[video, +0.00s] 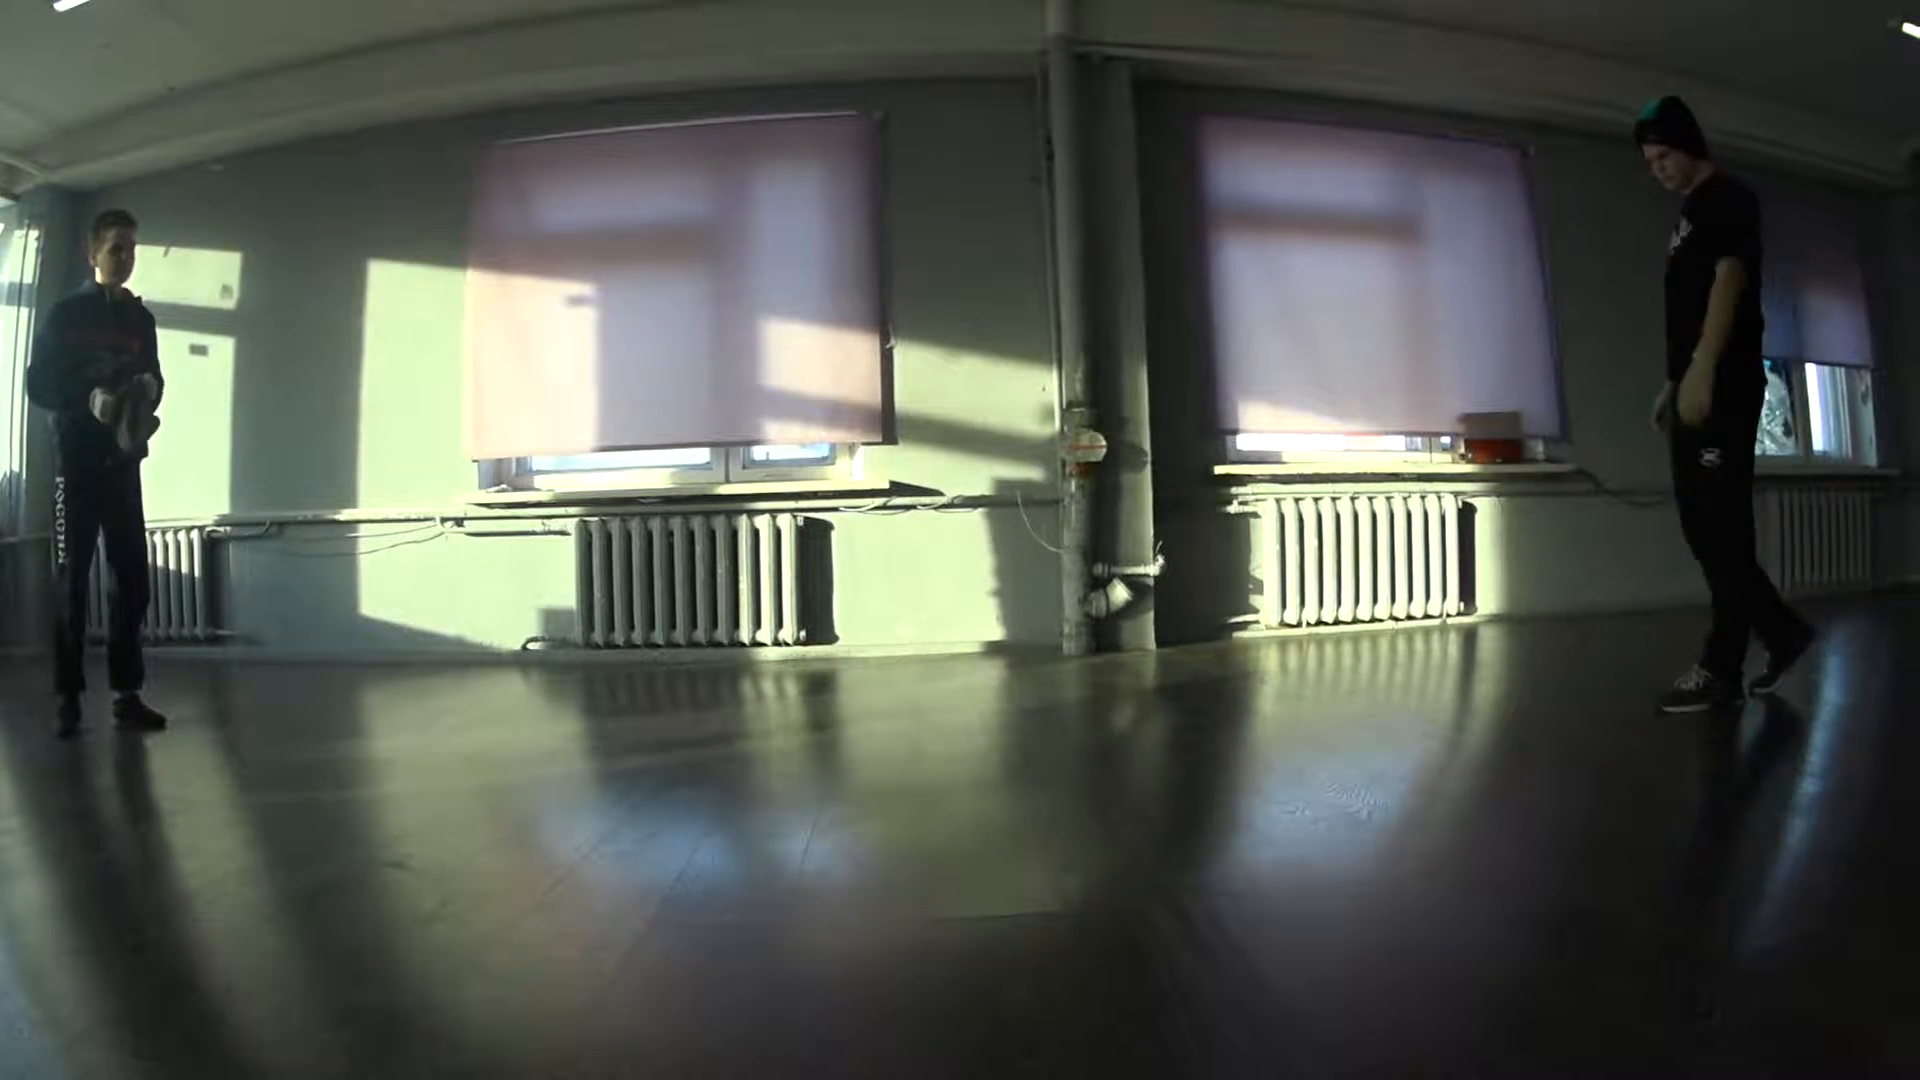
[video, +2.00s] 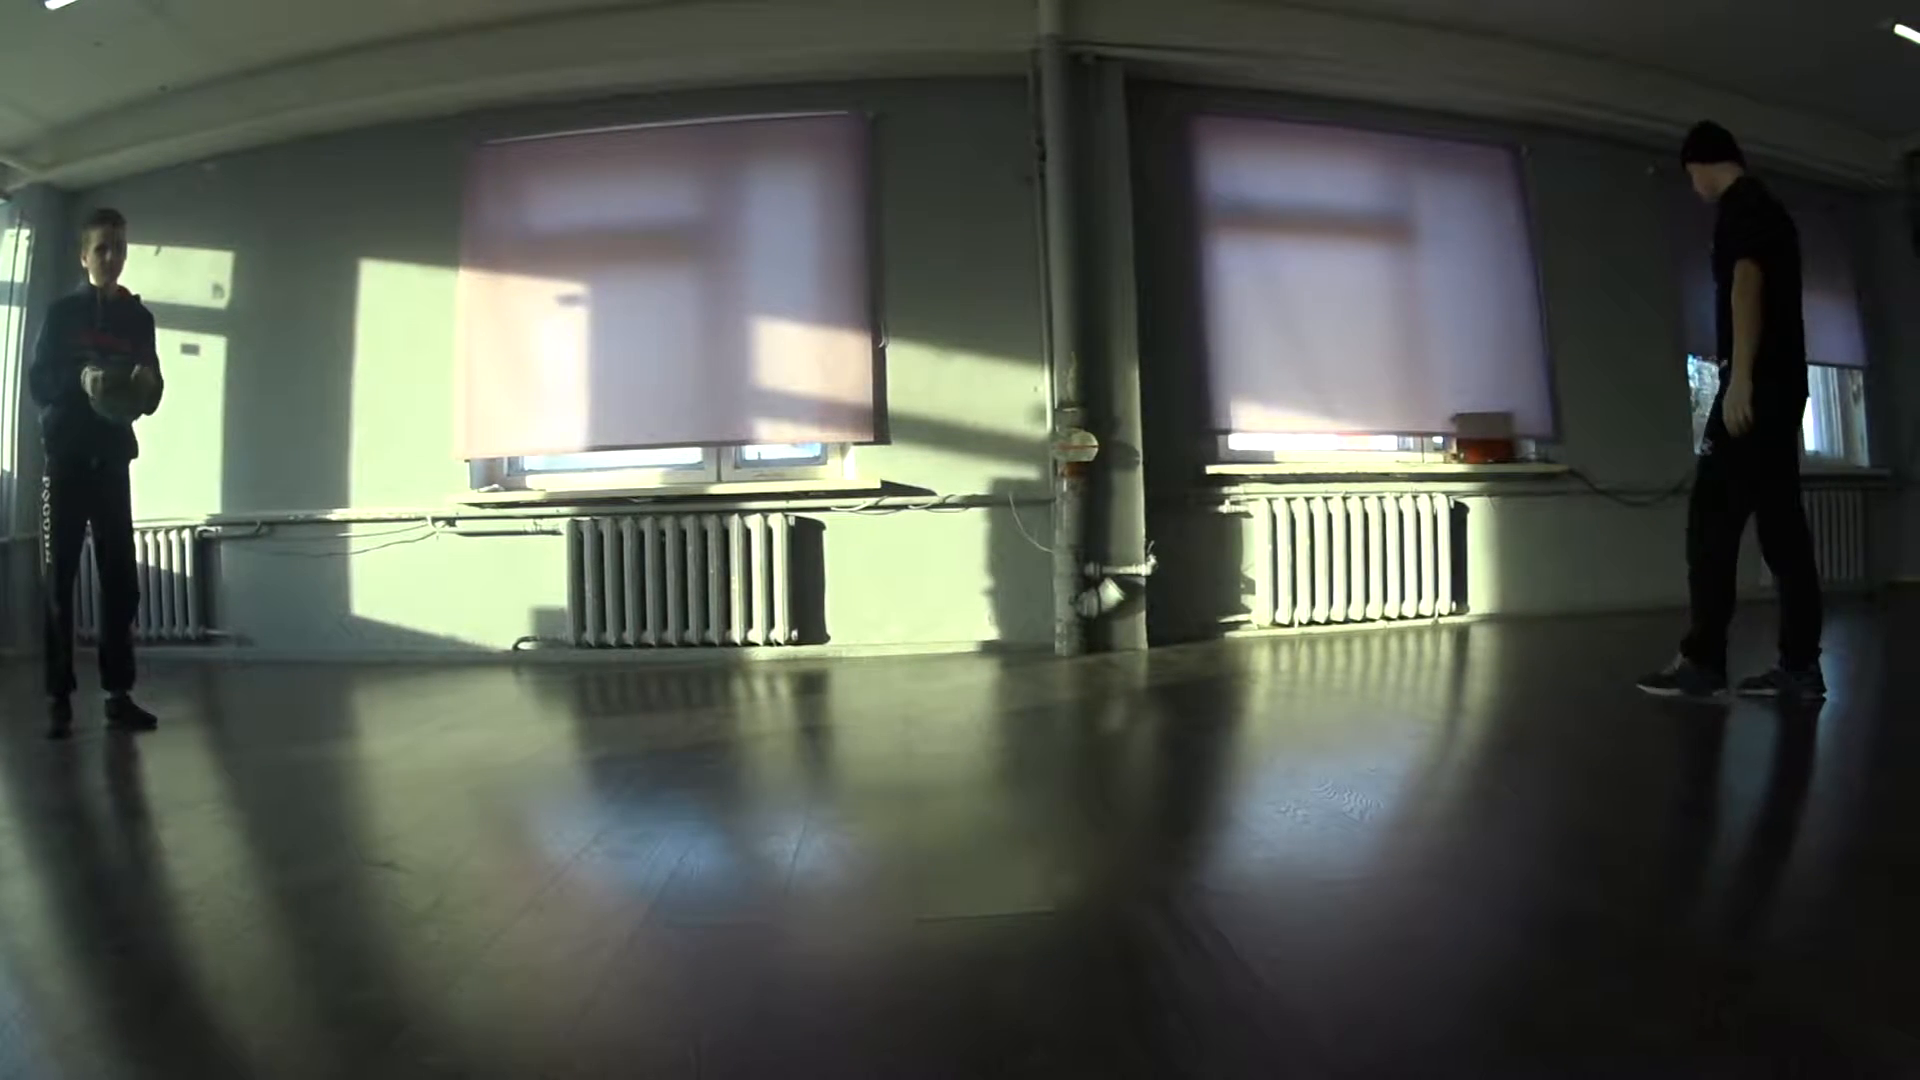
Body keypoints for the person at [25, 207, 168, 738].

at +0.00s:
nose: (125, 256)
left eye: (130, 247)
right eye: (115, 247)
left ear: (137, 253)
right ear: (92, 252)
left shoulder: (140, 315)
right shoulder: (67, 311)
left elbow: (154, 382)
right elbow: (38, 385)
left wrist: (144, 402)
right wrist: (87, 397)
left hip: (124, 456)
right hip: (78, 455)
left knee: (133, 576)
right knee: (74, 575)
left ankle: (127, 697)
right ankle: (68, 700)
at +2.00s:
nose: (111, 256)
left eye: (118, 247)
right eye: (102, 247)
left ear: (127, 251)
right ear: (83, 253)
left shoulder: (138, 315)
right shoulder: (63, 310)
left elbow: (154, 393)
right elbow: (39, 385)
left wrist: (139, 390)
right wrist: (81, 380)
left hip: (113, 456)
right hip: (66, 456)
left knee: (120, 577)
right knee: (60, 580)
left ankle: (119, 696)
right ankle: (60, 700)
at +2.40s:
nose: (109, 255)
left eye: (116, 246)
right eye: (101, 246)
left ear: (123, 252)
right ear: (81, 252)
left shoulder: (134, 316)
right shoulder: (60, 308)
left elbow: (147, 396)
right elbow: (39, 381)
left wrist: (132, 364)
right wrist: (81, 352)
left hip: (113, 457)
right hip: (64, 455)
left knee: (118, 575)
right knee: (58, 577)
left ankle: (117, 696)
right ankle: (58, 700)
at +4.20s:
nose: (111, 265)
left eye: (115, 256)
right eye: (106, 255)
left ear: (110, 256)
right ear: (86, 254)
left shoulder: (122, 316)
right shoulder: (49, 309)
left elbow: (170, 302)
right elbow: (27, 296)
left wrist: (129, 271)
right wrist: (59, 257)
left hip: (104, 456)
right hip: (58, 455)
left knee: (114, 579)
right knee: (53, 578)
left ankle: (112, 697)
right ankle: (52, 701)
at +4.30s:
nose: (113, 262)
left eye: (115, 254)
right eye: (108, 252)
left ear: (111, 257)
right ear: (87, 254)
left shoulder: (121, 313)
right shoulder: (49, 305)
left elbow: (169, 293)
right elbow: (27, 292)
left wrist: (132, 259)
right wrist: (57, 251)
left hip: (103, 455)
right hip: (58, 453)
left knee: (114, 578)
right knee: (54, 575)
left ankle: (111, 697)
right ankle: (51, 701)